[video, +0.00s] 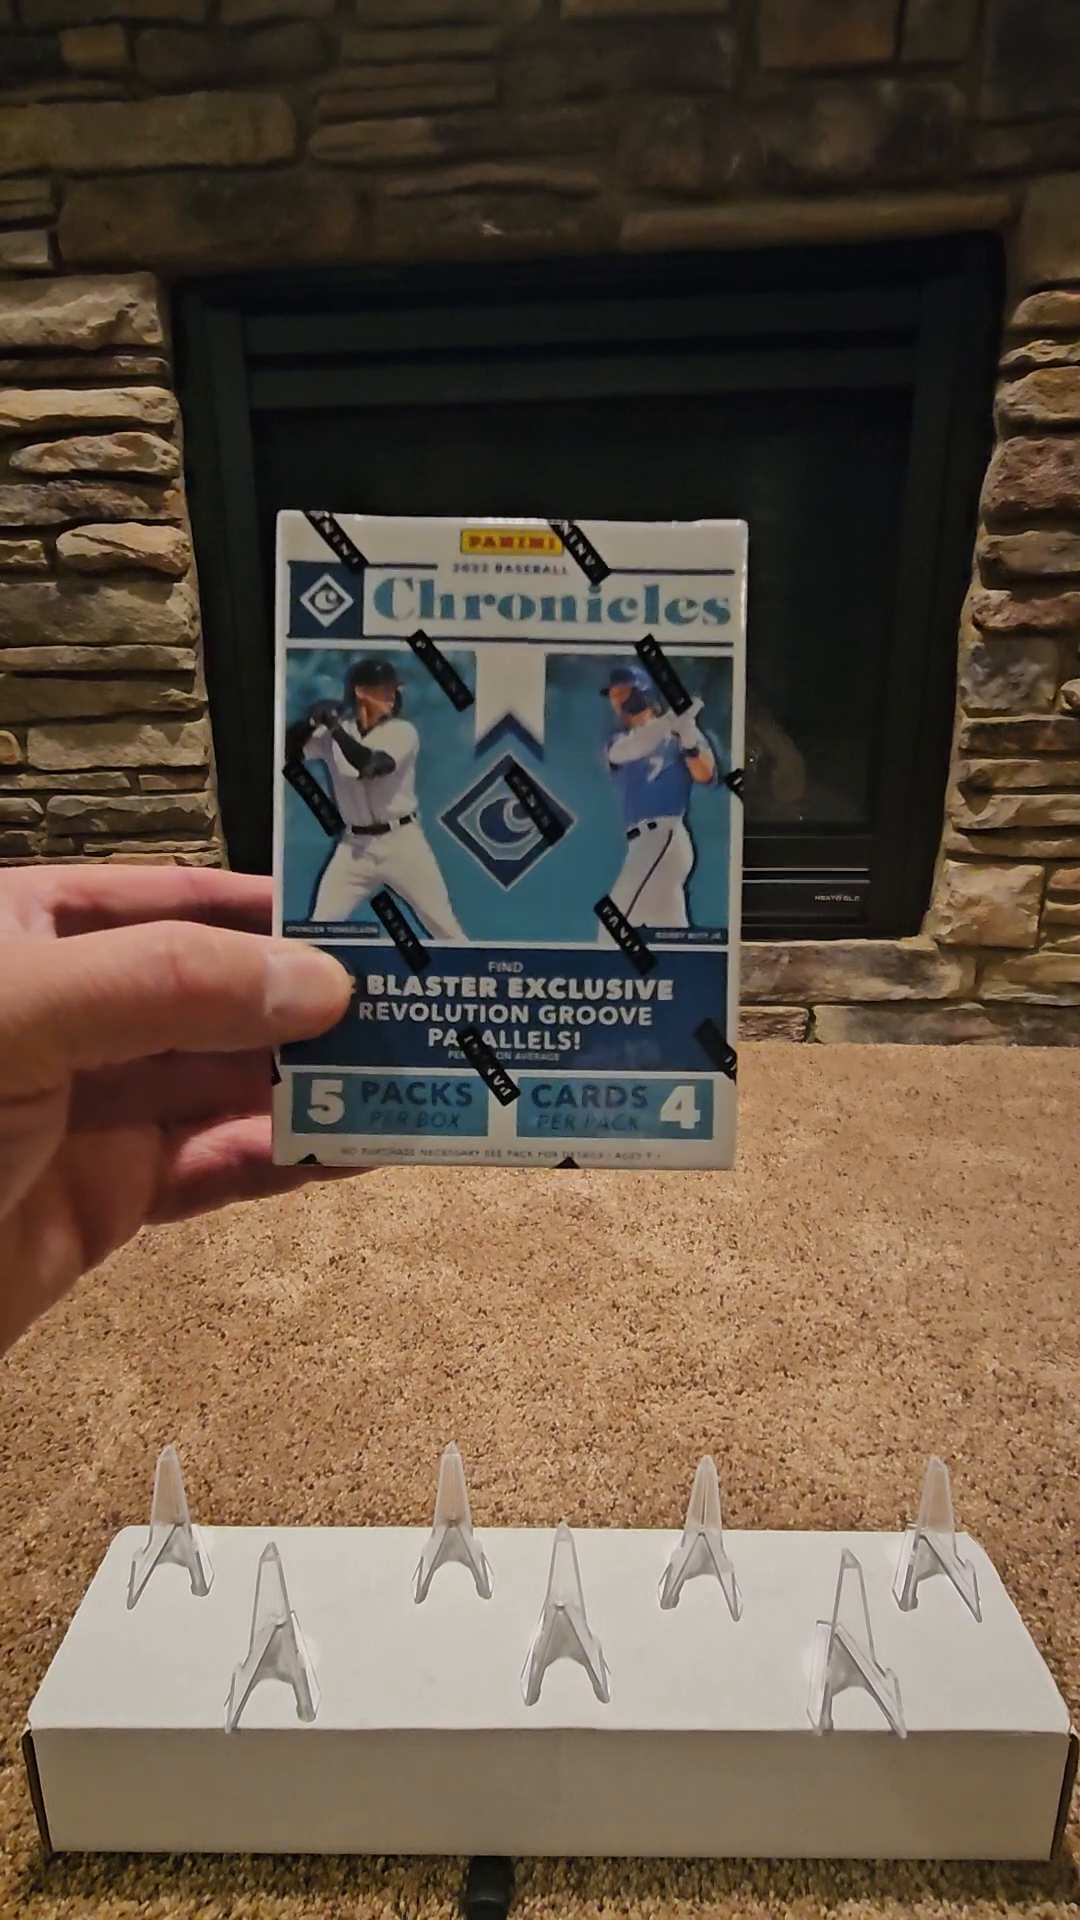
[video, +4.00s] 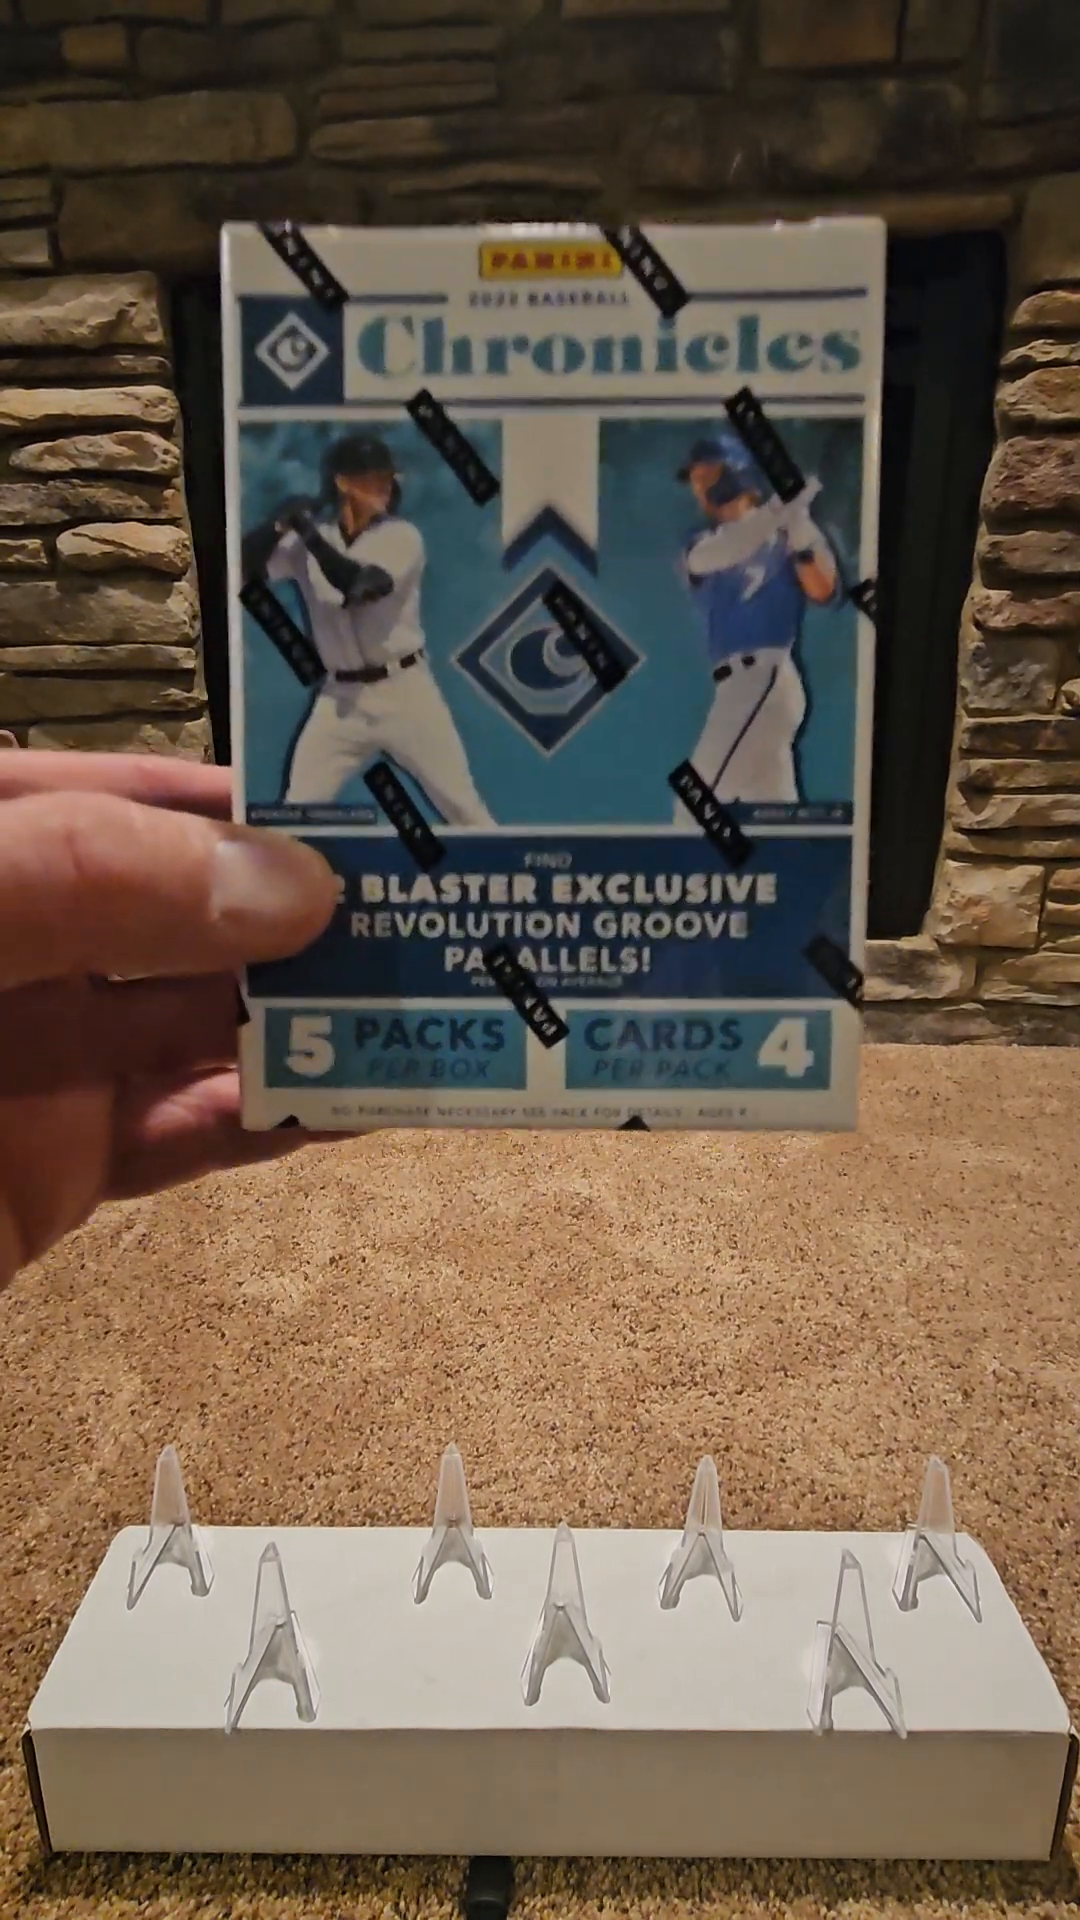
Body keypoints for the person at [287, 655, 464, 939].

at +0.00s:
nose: (392, 693)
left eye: (393, 687)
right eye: (384, 687)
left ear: (396, 692)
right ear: (361, 693)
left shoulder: (402, 731)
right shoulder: (332, 736)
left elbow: (371, 766)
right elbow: (288, 752)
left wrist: (333, 727)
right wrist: (310, 722)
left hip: (403, 844)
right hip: (354, 847)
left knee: (444, 927)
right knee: (321, 929)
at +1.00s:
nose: (390, 679)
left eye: (390, 673)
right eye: (381, 673)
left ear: (393, 679)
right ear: (357, 678)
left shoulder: (399, 718)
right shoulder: (327, 723)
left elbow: (366, 754)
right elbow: (282, 740)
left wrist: (330, 714)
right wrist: (306, 710)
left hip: (401, 832)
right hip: (351, 836)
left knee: (444, 918)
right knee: (319, 920)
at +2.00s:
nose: (376, 690)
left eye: (377, 684)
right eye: (367, 684)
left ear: (382, 689)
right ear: (345, 691)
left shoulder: (389, 730)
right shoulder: (315, 737)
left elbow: (355, 768)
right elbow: (269, 755)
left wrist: (318, 726)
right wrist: (293, 724)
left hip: (392, 846)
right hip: (342, 850)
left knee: (436, 932)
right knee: (309, 937)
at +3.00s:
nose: (336, 601)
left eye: (337, 594)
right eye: (326, 594)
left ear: (340, 599)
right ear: (300, 601)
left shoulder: (349, 645)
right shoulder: (266, 650)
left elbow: (311, 686)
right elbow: (216, 669)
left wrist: (270, 641)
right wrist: (243, 635)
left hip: (352, 774)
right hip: (296, 779)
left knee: (400, 871)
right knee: (261, 875)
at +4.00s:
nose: (384, 483)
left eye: (387, 475)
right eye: (371, 474)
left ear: (393, 482)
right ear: (343, 483)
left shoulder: (401, 536)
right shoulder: (306, 543)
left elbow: (359, 588)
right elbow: (244, 569)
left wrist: (306, 532)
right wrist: (277, 525)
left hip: (407, 692)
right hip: (340, 699)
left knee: (462, 806)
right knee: (299, 815)